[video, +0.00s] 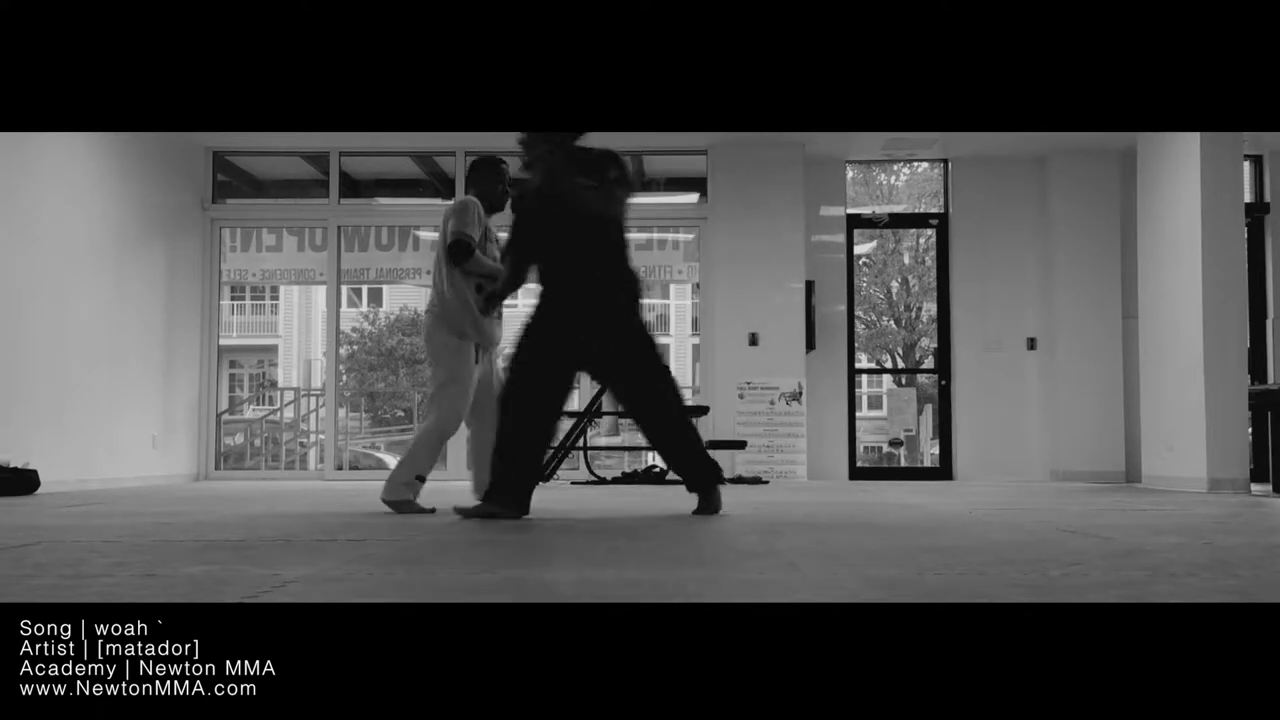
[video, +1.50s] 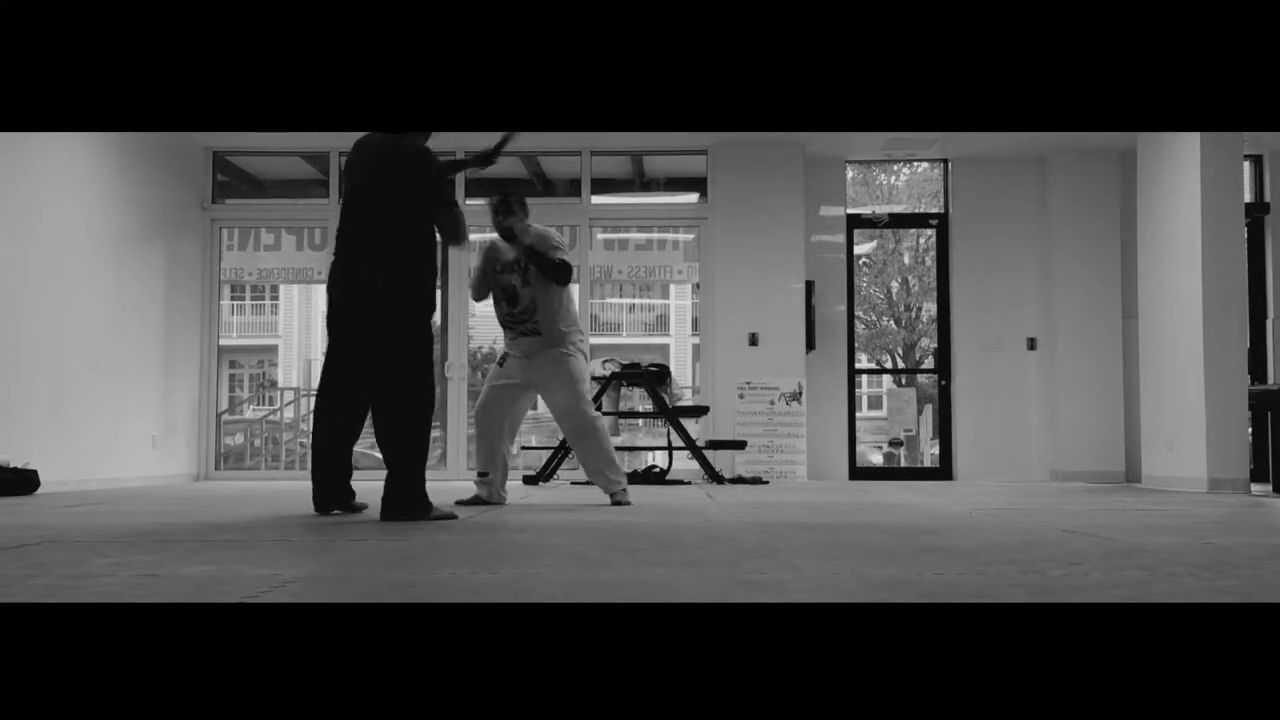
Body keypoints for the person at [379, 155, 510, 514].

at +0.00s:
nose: (508, 191)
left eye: (508, 184)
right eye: (504, 184)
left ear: (483, 184)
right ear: (488, 184)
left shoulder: (487, 229)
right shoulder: (467, 206)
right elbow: (460, 252)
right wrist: (504, 272)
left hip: (481, 336)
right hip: (453, 330)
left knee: (489, 417)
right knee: (448, 416)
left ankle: (490, 496)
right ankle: (399, 491)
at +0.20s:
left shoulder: (518, 217)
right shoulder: (474, 207)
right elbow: (447, 251)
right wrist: (482, 252)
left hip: (499, 316)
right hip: (465, 316)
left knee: (498, 404)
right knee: (446, 400)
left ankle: (500, 489)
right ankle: (413, 485)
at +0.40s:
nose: (514, 186)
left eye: (517, 178)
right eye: (508, 179)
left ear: (525, 182)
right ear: (497, 184)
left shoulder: (539, 218)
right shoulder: (484, 216)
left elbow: (563, 267)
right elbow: (470, 259)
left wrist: (546, 243)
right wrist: (508, 237)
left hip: (522, 326)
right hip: (487, 325)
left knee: (534, 402)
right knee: (487, 406)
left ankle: (513, 483)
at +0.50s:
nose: (514, 194)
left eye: (519, 186)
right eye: (507, 187)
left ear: (528, 191)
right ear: (496, 193)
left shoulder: (543, 229)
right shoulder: (487, 230)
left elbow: (560, 277)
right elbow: (476, 277)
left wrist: (530, 250)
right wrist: (504, 252)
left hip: (530, 337)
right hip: (493, 337)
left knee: (559, 403)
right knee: (487, 411)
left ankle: (552, 471)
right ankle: (487, 483)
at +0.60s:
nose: (519, 193)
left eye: (525, 187)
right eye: (514, 186)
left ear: (538, 193)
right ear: (505, 192)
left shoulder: (552, 233)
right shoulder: (489, 231)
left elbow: (555, 279)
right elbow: (474, 273)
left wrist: (527, 244)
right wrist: (505, 256)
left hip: (540, 348)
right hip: (496, 348)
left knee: (574, 421)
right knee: (491, 427)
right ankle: (489, 495)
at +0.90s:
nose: (517, 239)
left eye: (524, 232)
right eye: (512, 232)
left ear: (539, 231)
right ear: (506, 233)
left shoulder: (564, 256)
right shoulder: (504, 260)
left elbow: (564, 292)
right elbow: (481, 300)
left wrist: (519, 274)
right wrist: (487, 258)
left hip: (568, 361)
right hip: (523, 365)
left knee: (598, 424)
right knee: (487, 416)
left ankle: (624, 492)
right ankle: (487, 493)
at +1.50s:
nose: (503, 223)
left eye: (509, 215)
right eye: (498, 217)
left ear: (524, 215)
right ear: (492, 220)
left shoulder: (544, 239)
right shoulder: (493, 250)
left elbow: (564, 276)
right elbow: (478, 294)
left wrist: (530, 249)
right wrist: (491, 265)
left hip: (560, 347)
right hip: (517, 353)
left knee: (579, 415)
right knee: (488, 414)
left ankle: (616, 489)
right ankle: (490, 492)